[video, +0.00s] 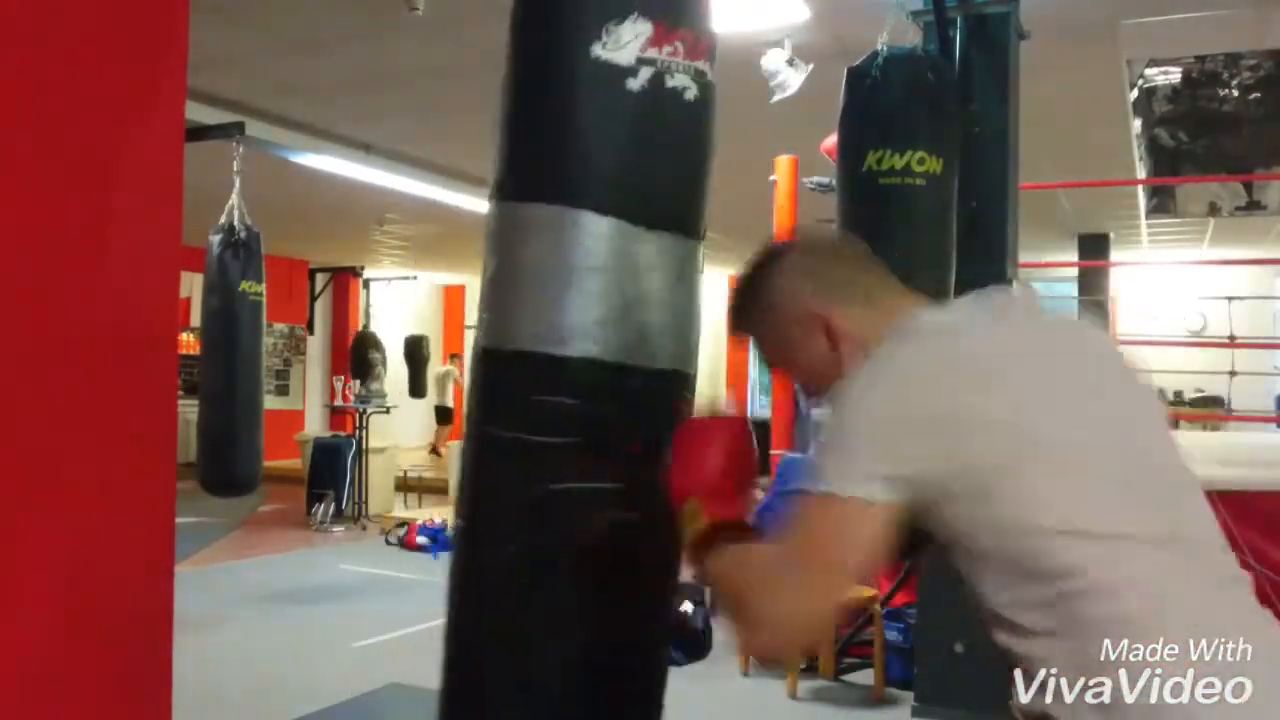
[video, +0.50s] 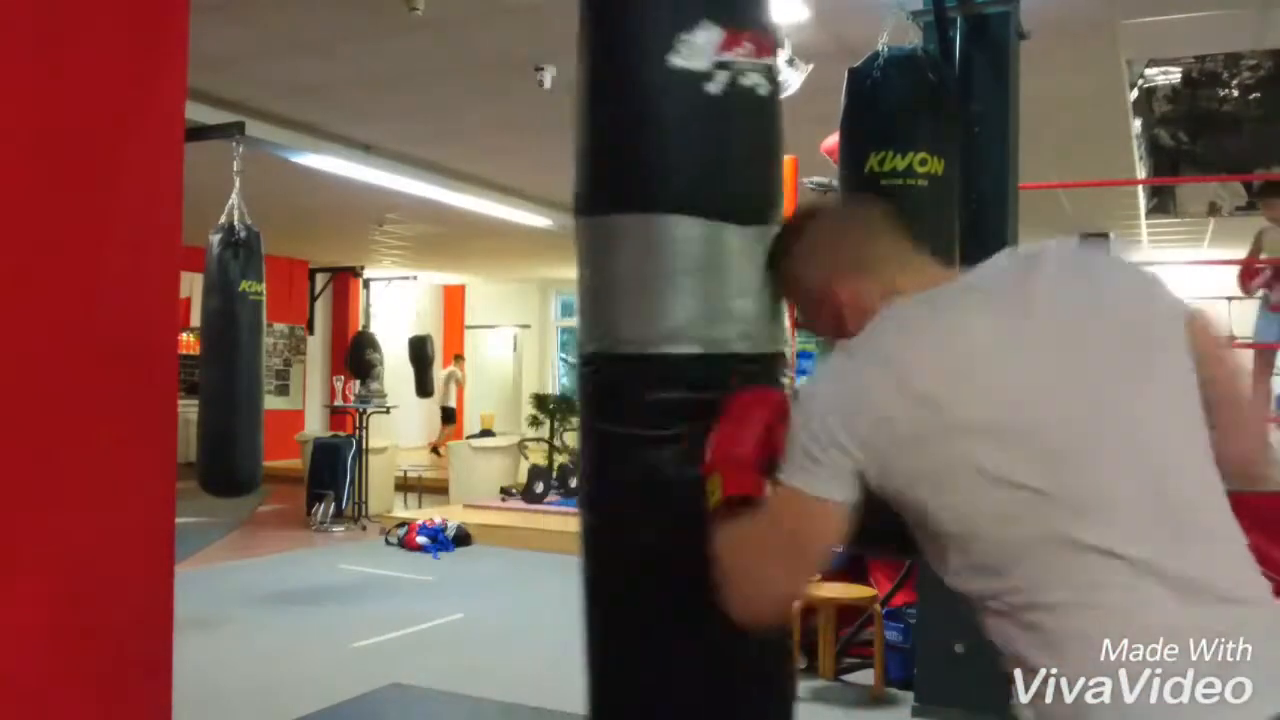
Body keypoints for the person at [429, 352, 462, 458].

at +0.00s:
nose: (458, 364)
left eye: (459, 362)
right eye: (458, 362)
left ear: (449, 360)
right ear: (454, 361)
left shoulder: (438, 370)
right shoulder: (453, 370)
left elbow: (437, 386)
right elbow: (460, 383)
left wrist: (440, 396)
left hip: (438, 402)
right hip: (448, 403)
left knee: (440, 425)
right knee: (448, 425)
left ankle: (435, 445)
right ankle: (438, 445)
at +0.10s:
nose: (459, 366)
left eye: (459, 363)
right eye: (459, 363)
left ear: (449, 362)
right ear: (455, 362)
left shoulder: (439, 372)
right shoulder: (452, 372)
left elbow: (437, 387)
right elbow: (459, 385)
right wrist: (459, 374)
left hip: (439, 403)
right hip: (448, 403)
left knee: (442, 426)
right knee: (449, 426)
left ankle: (435, 445)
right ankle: (438, 446)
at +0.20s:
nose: (458, 364)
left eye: (458, 362)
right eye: (458, 362)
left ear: (450, 360)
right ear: (456, 361)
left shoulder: (439, 371)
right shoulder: (452, 370)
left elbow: (438, 386)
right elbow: (459, 384)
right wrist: (460, 374)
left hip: (440, 402)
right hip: (448, 402)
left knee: (444, 424)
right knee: (449, 424)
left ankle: (437, 445)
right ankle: (437, 445)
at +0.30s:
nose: (459, 364)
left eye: (459, 361)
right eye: (458, 361)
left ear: (450, 359)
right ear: (456, 360)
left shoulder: (440, 369)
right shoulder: (452, 369)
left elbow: (439, 383)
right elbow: (459, 382)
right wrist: (460, 373)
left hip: (440, 400)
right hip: (448, 400)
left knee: (444, 423)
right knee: (449, 423)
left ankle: (436, 445)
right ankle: (437, 445)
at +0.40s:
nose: (461, 364)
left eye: (462, 362)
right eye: (461, 362)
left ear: (453, 360)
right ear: (458, 360)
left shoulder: (443, 370)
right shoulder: (454, 370)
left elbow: (441, 386)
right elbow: (460, 384)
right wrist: (462, 373)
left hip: (441, 401)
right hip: (449, 402)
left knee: (444, 424)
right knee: (451, 423)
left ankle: (435, 445)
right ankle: (436, 445)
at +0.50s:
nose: (462, 365)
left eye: (463, 363)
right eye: (462, 363)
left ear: (454, 361)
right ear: (458, 361)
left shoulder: (445, 371)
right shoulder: (455, 371)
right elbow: (461, 384)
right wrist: (463, 373)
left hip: (443, 402)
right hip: (450, 403)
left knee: (444, 426)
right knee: (451, 426)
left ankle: (436, 445)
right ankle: (437, 445)